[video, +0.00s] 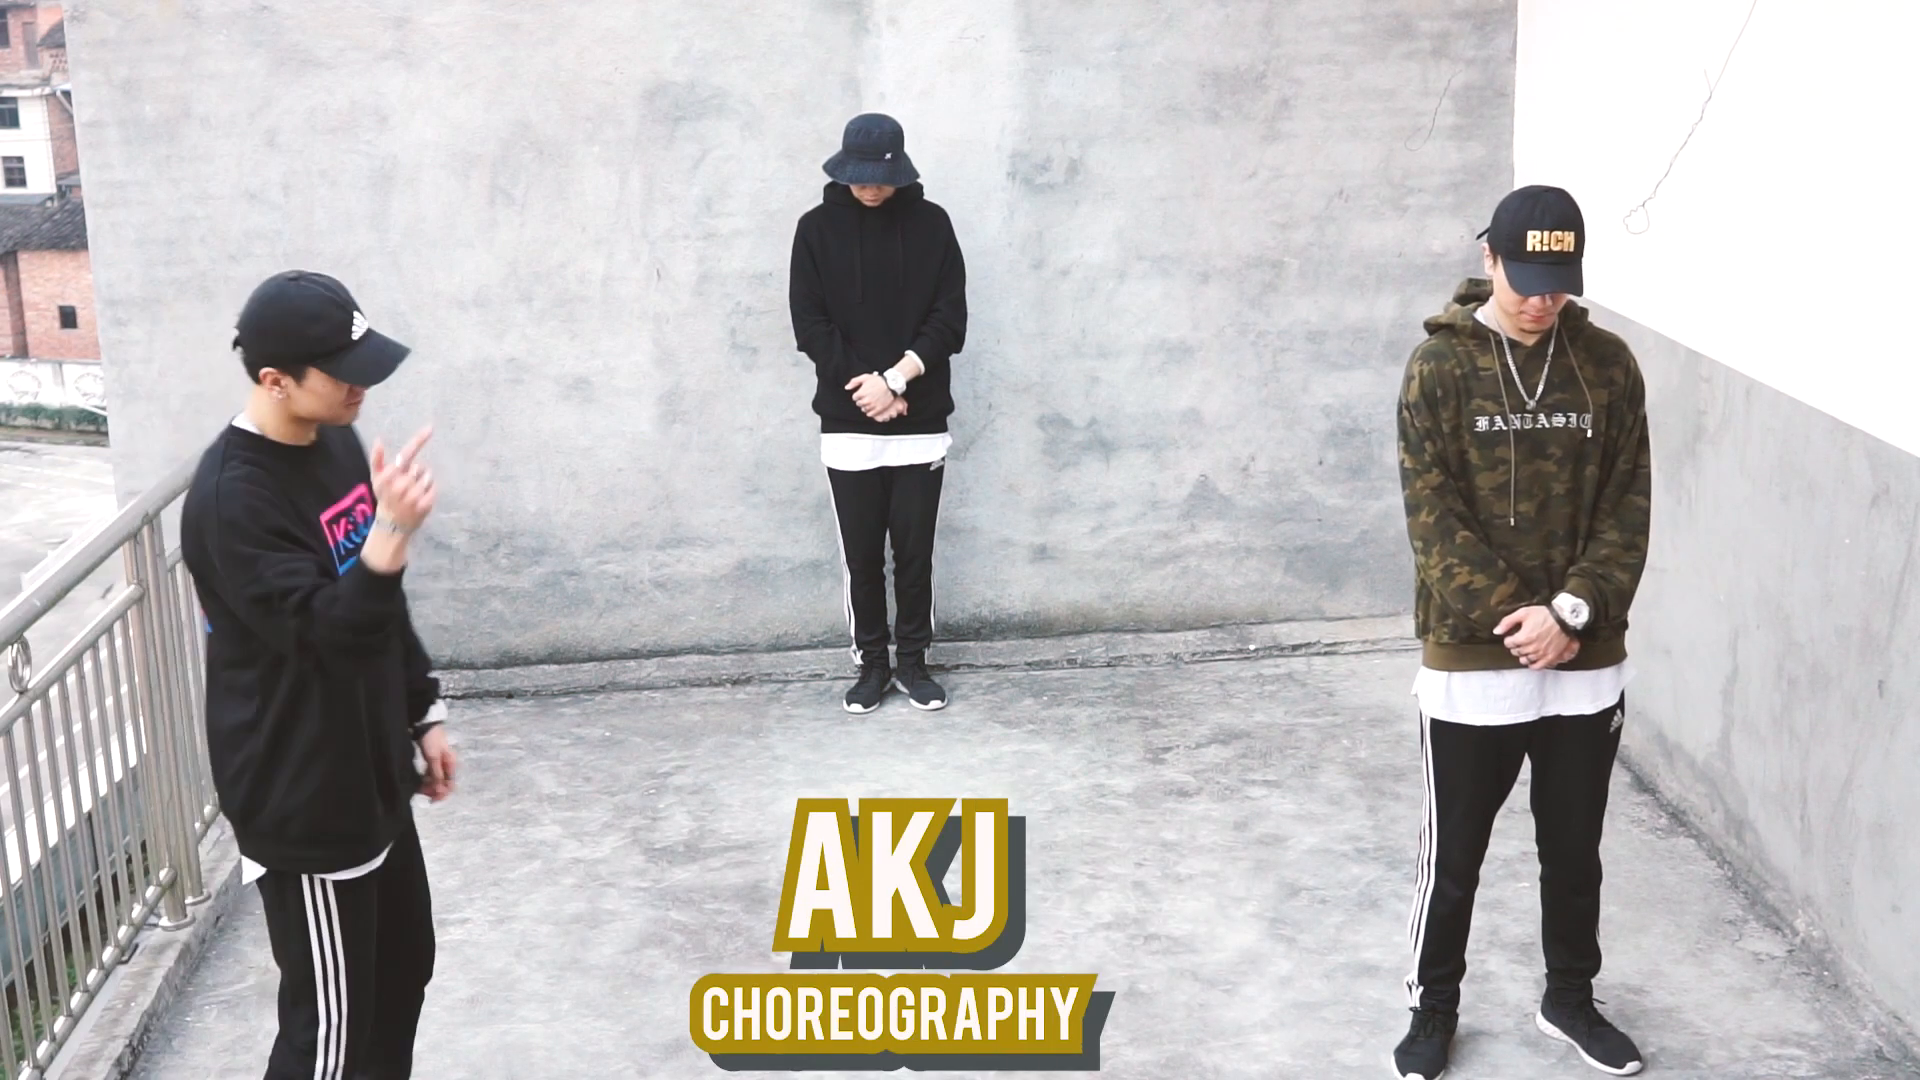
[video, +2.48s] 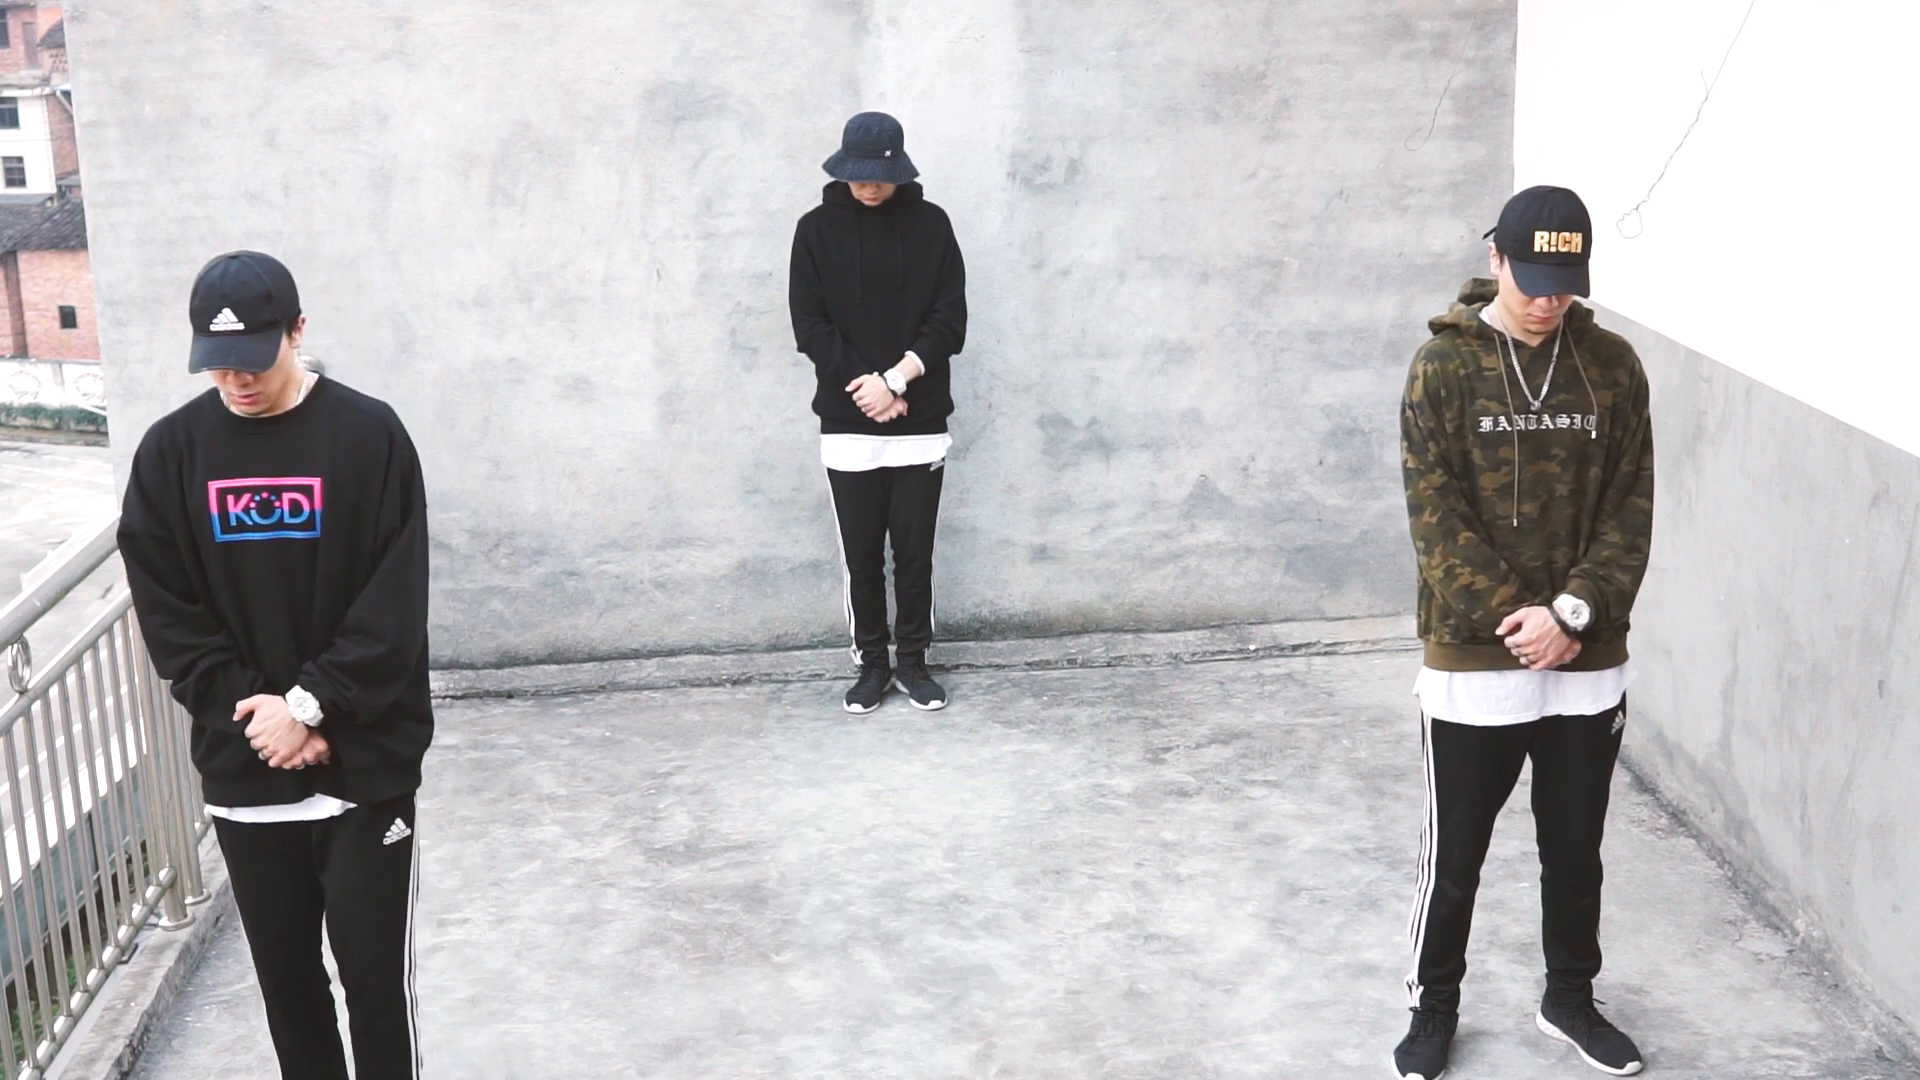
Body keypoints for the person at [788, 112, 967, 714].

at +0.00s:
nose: (871, 189)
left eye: (882, 179)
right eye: (860, 178)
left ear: (900, 173)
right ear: (843, 173)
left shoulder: (930, 222)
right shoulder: (817, 228)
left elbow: (950, 317)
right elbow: (809, 324)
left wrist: (896, 375)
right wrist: (865, 387)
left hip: (921, 416)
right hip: (847, 419)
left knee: (914, 551)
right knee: (862, 554)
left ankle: (913, 664)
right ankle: (873, 667)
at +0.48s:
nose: (869, 189)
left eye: (880, 179)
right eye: (858, 178)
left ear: (899, 173)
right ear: (842, 173)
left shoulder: (930, 223)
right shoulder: (816, 228)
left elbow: (950, 318)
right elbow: (808, 325)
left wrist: (897, 375)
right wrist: (865, 387)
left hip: (920, 416)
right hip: (846, 419)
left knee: (913, 550)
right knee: (862, 553)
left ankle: (913, 663)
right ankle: (873, 667)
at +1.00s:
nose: (867, 187)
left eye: (879, 177)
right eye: (857, 177)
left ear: (898, 172)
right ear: (840, 172)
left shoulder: (928, 222)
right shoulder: (814, 228)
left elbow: (949, 317)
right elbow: (806, 325)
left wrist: (896, 374)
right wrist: (863, 387)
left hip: (920, 415)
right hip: (846, 418)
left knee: (913, 549)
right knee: (861, 552)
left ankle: (913, 663)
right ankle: (873, 667)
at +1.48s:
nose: (868, 187)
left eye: (879, 177)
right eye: (857, 176)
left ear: (898, 172)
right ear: (841, 172)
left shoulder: (927, 222)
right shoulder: (814, 228)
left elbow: (949, 317)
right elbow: (806, 324)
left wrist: (896, 374)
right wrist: (863, 387)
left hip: (919, 416)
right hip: (845, 419)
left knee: (913, 549)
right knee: (861, 552)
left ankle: (912, 663)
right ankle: (872, 666)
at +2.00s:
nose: (868, 186)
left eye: (879, 176)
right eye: (857, 175)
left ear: (898, 171)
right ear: (841, 171)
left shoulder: (929, 222)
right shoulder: (815, 228)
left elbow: (949, 318)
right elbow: (807, 324)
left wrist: (896, 374)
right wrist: (864, 387)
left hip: (920, 415)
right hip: (846, 418)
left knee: (913, 549)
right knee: (861, 552)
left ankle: (913, 663)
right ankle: (873, 667)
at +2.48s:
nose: (869, 187)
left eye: (881, 176)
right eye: (859, 176)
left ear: (900, 171)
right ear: (843, 171)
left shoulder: (930, 223)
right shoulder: (817, 227)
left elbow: (950, 319)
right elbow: (809, 324)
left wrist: (896, 375)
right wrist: (864, 387)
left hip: (920, 415)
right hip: (846, 418)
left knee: (913, 549)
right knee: (861, 552)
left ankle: (914, 662)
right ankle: (872, 666)